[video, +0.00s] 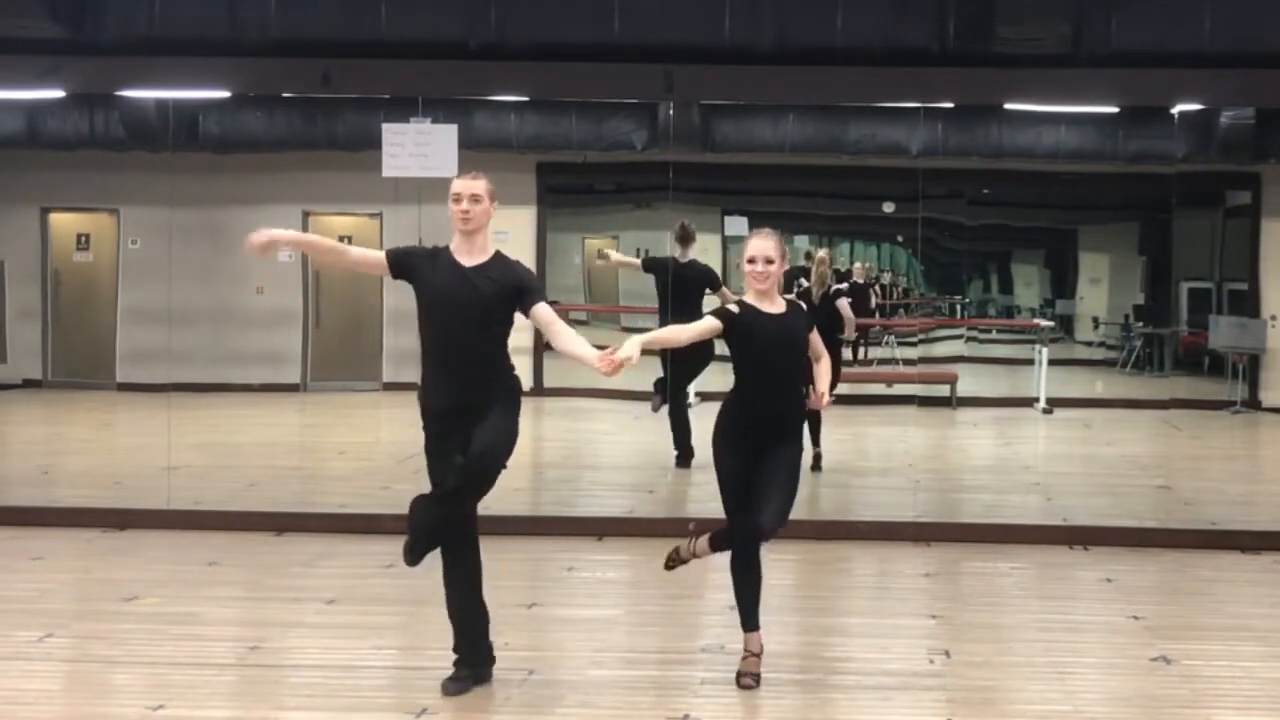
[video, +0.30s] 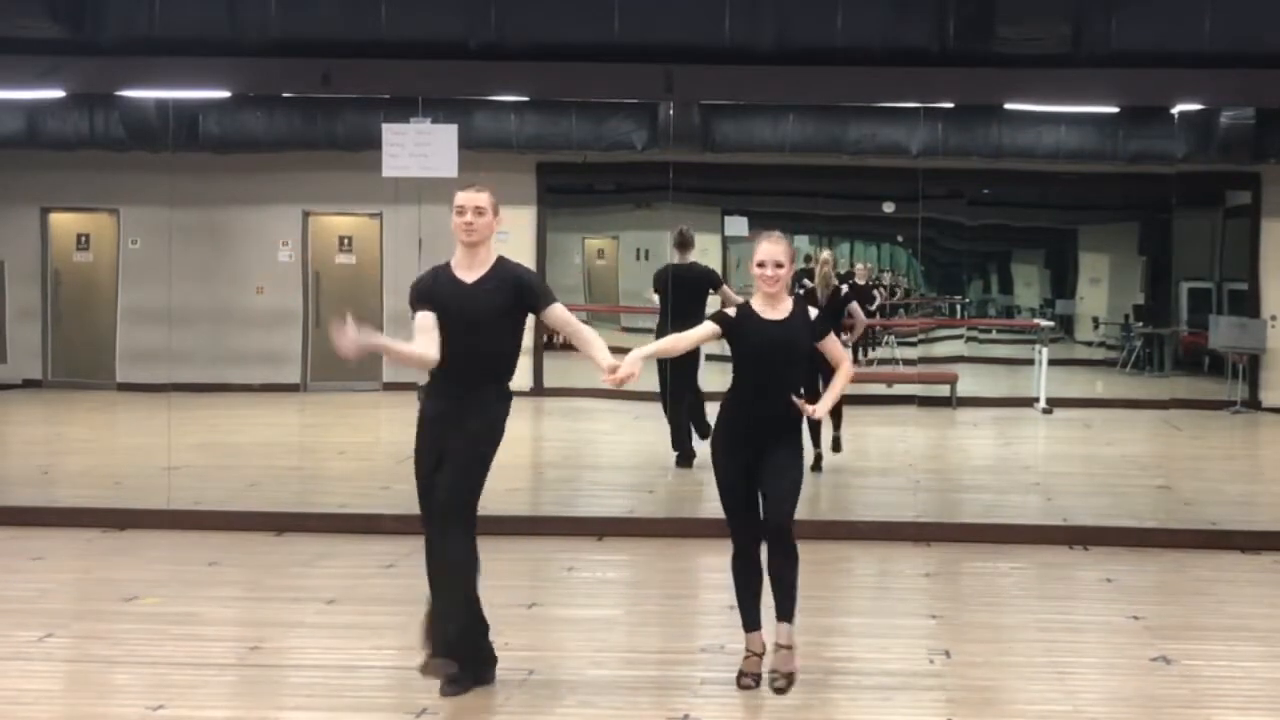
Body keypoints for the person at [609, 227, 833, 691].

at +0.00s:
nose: (759, 269)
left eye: (768, 261)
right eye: (751, 261)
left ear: (783, 266)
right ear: (742, 266)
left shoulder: (799, 313)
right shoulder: (733, 313)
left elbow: (821, 356)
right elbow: (686, 333)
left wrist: (822, 386)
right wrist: (639, 341)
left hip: (785, 435)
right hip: (737, 432)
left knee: (768, 525)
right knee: (745, 534)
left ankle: (698, 545)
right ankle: (752, 644)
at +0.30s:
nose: (769, 272)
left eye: (777, 265)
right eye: (761, 265)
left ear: (792, 270)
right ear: (751, 268)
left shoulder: (808, 318)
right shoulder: (734, 316)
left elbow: (845, 365)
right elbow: (683, 341)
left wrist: (823, 405)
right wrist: (637, 354)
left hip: (782, 439)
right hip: (732, 440)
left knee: (779, 529)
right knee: (745, 541)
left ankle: (784, 640)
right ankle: (754, 644)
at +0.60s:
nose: (768, 272)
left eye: (777, 265)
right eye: (760, 264)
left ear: (790, 269)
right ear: (749, 267)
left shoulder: (807, 320)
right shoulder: (731, 315)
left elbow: (854, 359)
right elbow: (677, 339)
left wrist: (826, 402)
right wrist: (645, 353)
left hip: (790, 440)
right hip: (741, 438)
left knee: (780, 545)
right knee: (745, 538)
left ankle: (760, 615)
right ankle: (753, 640)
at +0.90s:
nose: (771, 277)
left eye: (779, 270)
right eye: (763, 270)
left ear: (793, 274)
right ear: (751, 274)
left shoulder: (814, 322)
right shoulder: (738, 324)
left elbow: (859, 369)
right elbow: (684, 354)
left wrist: (824, 415)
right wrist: (664, 362)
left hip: (790, 443)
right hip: (741, 441)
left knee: (771, 541)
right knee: (760, 540)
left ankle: (755, 618)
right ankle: (765, 641)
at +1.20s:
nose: (767, 272)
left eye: (776, 265)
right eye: (760, 264)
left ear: (791, 271)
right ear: (749, 269)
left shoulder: (812, 318)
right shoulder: (737, 322)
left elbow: (852, 368)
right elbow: (684, 356)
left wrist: (836, 415)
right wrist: (644, 378)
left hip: (793, 444)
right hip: (744, 443)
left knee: (772, 547)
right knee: (753, 546)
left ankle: (765, 654)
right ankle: (764, 644)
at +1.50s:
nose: (769, 280)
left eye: (778, 272)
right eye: (761, 272)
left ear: (792, 277)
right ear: (749, 275)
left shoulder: (806, 330)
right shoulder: (728, 325)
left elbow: (856, 374)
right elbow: (672, 363)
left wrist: (826, 408)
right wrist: (644, 399)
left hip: (799, 456)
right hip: (749, 458)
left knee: (785, 562)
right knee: (756, 565)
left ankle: (767, 669)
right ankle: (769, 650)